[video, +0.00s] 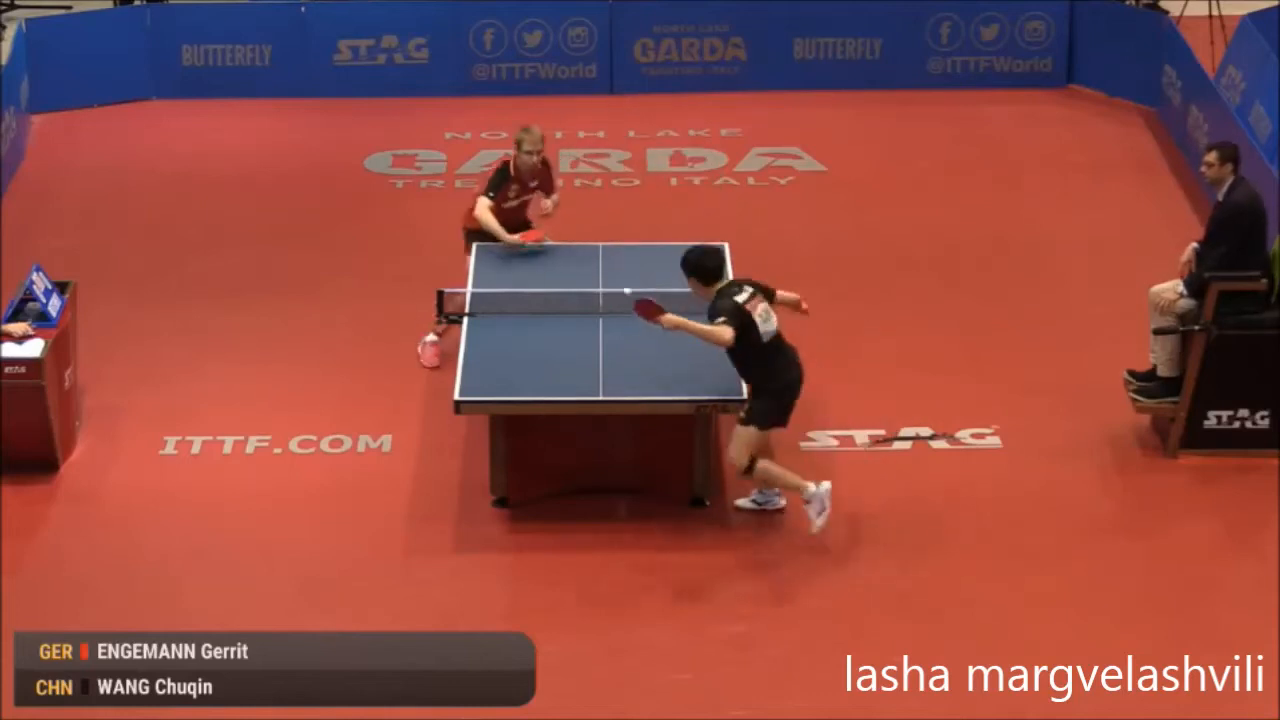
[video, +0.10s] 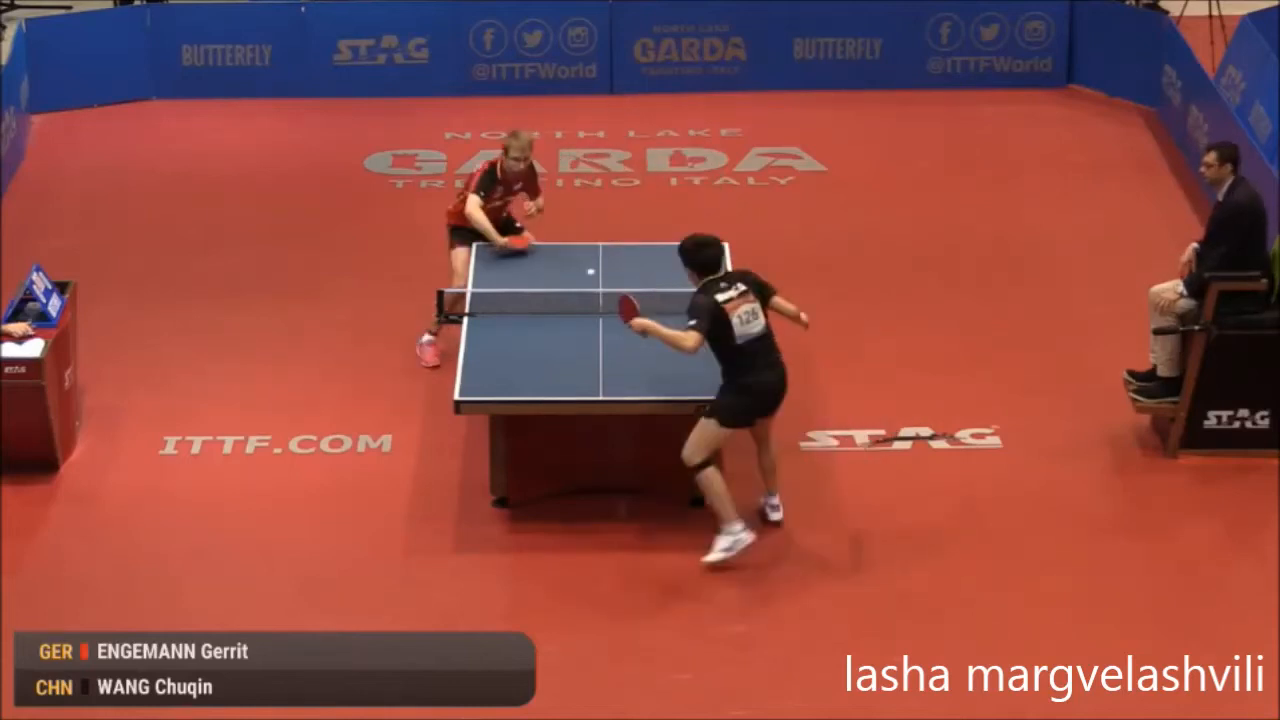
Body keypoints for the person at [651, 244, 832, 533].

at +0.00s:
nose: (688, 285)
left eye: (688, 279)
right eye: (687, 278)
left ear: (696, 281)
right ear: (719, 270)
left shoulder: (722, 304)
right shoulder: (744, 285)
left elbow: (726, 337)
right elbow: (781, 297)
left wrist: (681, 323)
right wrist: (797, 303)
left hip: (773, 381)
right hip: (786, 367)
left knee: (739, 458)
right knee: (756, 430)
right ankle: (767, 493)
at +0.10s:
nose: (685, 271)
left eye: (686, 267)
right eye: (687, 265)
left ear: (692, 271)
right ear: (721, 261)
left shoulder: (704, 300)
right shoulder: (746, 279)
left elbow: (690, 343)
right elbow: (784, 307)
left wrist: (649, 327)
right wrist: (800, 316)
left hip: (743, 388)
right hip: (775, 379)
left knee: (694, 455)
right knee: (763, 437)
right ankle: (774, 503)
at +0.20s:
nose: (683, 278)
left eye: (684, 274)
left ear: (689, 279)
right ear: (719, 271)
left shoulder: (692, 312)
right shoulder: (745, 295)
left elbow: (665, 358)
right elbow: (778, 331)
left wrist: (631, 340)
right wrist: (793, 337)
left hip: (725, 404)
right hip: (761, 396)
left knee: (672, 468)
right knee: (766, 449)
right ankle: (780, 519)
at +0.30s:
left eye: (682, 300)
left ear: (681, 305)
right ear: (714, 303)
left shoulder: (674, 345)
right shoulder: (736, 336)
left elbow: (628, 379)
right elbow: (771, 373)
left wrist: (612, 358)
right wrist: (744, 355)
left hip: (697, 438)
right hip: (738, 434)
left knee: (641, 485)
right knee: (757, 462)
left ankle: (640, 568)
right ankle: (779, 521)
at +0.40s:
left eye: (674, 302)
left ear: (672, 308)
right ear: (705, 305)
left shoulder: (662, 345)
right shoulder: (726, 336)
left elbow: (622, 382)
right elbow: (761, 376)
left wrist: (610, 369)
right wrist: (736, 369)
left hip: (687, 440)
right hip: (732, 437)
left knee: (628, 479)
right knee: (757, 473)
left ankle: (635, 566)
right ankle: (782, 525)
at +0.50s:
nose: (664, 312)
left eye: (662, 308)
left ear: (661, 314)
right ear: (695, 310)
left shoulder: (655, 352)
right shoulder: (719, 338)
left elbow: (614, 400)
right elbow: (754, 381)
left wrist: (620, 406)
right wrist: (738, 393)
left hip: (684, 444)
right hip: (731, 439)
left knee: (621, 490)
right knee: (765, 483)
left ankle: (605, 577)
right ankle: (803, 552)